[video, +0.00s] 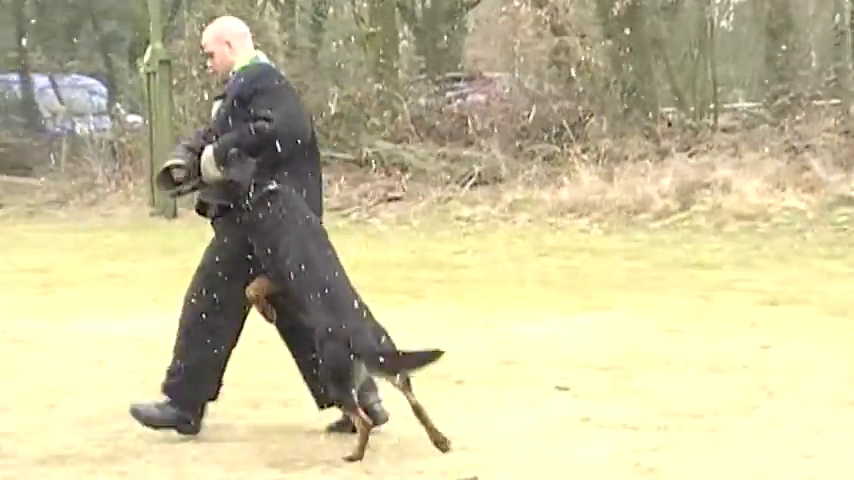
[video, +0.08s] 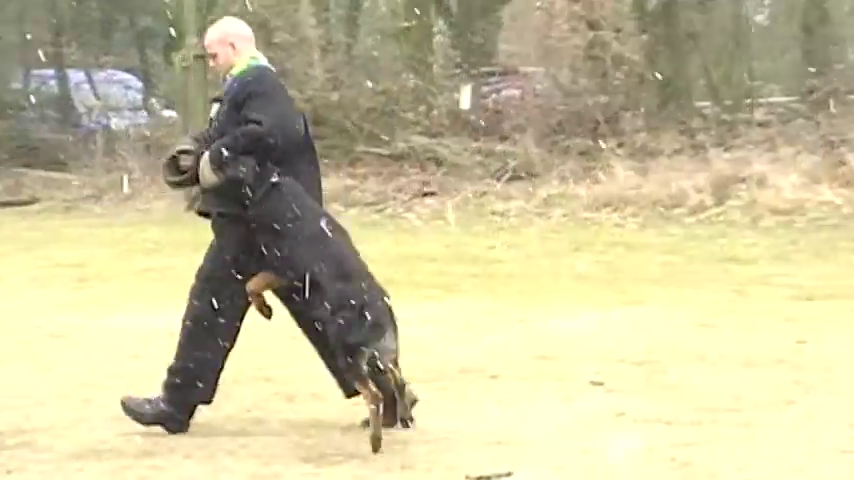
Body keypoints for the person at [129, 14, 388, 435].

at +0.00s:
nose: (208, 63)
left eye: (211, 54)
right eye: (206, 55)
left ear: (231, 46)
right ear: (232, 46)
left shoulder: (259, 79)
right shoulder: (236, 92)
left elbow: (284, 127)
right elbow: (213, 135)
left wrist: (222, 154)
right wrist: (187, 157)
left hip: (271, 218)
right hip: (247, 218)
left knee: (208, 304)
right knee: (299, 313)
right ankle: (357, 400)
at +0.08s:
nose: (211, 64)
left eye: (213, 55)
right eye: (209, 57)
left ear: (233, 47)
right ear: (233, 47)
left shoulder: (259, 81)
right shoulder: (239, 87)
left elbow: (275, 130)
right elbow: (221, 133)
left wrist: (219, 156)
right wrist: (193, 152)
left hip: (259, 226)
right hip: (245, 223)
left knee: (210, 309)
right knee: (315, 310)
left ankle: (177, 405)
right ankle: (380, 388)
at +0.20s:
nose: (230, 67)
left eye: (233, 59)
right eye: (229, 60)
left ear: (254, 53)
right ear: (259, 52)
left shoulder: (275, 93)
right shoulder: (267, 94)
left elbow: (294, 145)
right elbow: (262, 149)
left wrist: (238, 169)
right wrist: (228, 170)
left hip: (267, 231)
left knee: (226, 310)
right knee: (324, 310)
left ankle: (232, 412)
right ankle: (418, 361)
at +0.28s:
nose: (230, 65)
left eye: (232, 56)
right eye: (228, 58)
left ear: (254, 49)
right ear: (254, 49)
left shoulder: (280, 87)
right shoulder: (264, 90)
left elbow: (305, 139)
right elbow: (263, 144)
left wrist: (244, 169)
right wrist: (230, 170)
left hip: (266, 224)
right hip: (254, 220)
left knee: (243, 313)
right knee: (241, 312)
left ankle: (259, 410)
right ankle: (256, 402)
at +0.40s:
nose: (249, 59)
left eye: (252, 50)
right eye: (246, 52)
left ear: (273, 42)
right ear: (271, 43)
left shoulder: (308, 83)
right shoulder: (277, 91)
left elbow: (340, 141)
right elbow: (273, 154)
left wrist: (271, 162)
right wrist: (249, 187)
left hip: (305, 216)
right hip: (277, 215)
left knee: (282, 306)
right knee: (263, 303)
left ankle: (311, 409)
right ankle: (335, 376)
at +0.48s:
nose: (261, 60)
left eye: (264, 50)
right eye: (259, 52)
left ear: (288, 42)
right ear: (281, 44)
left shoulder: (324, 87)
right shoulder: (283, 92)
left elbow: (340, 150)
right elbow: (273, 141)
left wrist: (273, 162)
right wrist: (254, 159)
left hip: (312, 219)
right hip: (278, 218)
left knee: (305, 312)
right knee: (253, 300)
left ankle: (338, 408)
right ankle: (285, 391)